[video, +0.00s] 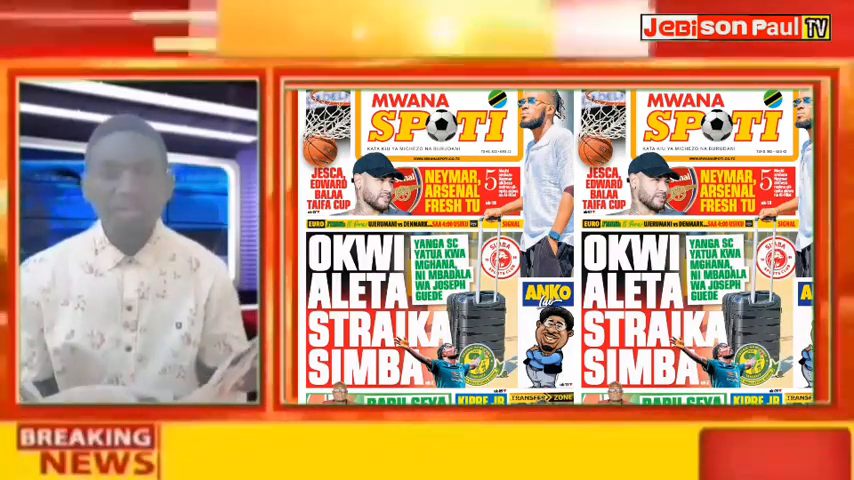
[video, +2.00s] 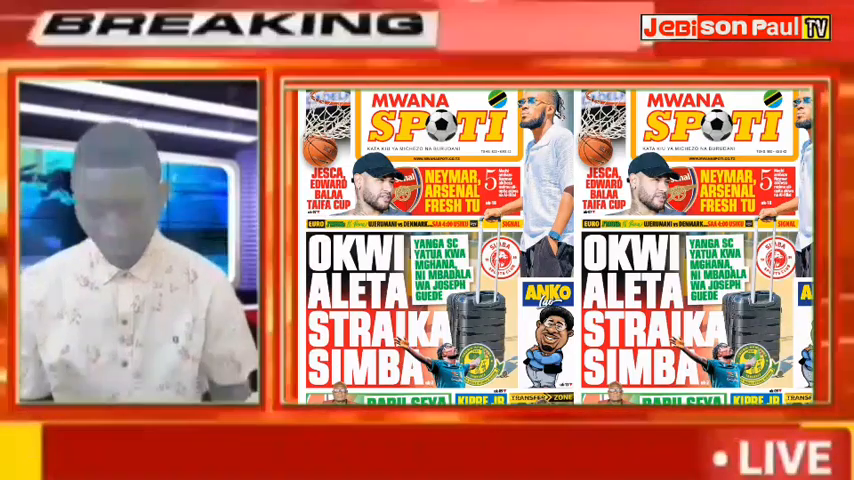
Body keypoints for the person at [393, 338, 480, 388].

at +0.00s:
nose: (453, 348)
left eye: (453, 347)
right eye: (449, 347)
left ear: (455, 351)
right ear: (443, 354)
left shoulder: (462, 367)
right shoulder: (438, 365)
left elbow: (474, 365)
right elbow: (423, 359)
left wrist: (478, 360)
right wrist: (408, 348)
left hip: (461, 403)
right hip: (444, 403)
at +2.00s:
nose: (453, 348)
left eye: (453, 347)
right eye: (449, 347)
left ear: (456, 352)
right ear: (443, 354)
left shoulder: (462, 367)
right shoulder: (439, 365)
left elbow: (474, 365)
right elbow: (423, 359)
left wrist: (478, 360)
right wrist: (408, 348)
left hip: (461, 402)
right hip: (445, 403)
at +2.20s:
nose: (453, 348)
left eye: (453, 347)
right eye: (449, 347)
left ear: (456, 352)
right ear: (443, 354)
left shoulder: (462, 367)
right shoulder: (439, 365)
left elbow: (474, 365)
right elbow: (423, 359)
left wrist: (478, 360)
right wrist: (408, 348)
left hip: (461, 402)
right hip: (445, 403)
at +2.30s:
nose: (453, 348)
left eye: (453, 347)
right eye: (449, 347)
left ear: (456, 352)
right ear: (443, 354)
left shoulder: (462, 367)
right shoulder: (439, 365)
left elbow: (474, 365)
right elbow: (423, 359)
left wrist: (478, 360)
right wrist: (408, 348)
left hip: (461, 402)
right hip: (445, 403)